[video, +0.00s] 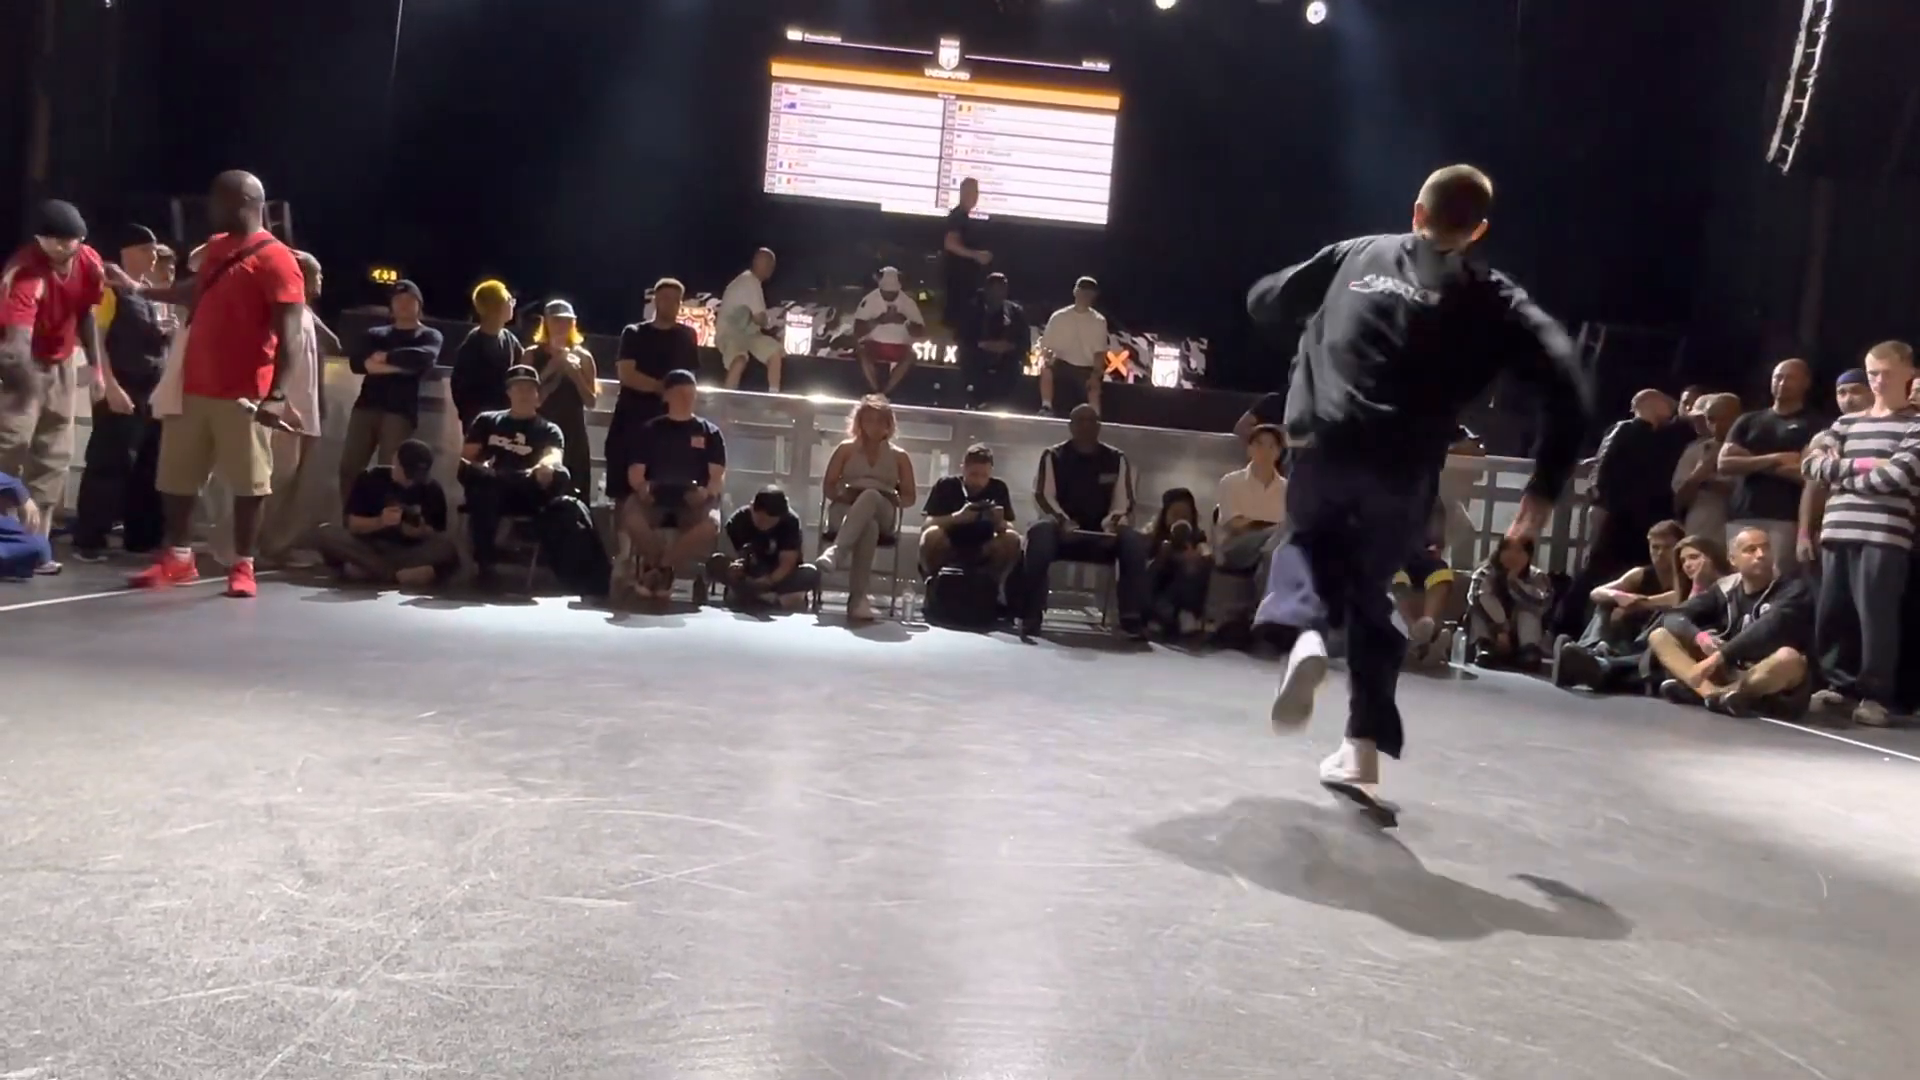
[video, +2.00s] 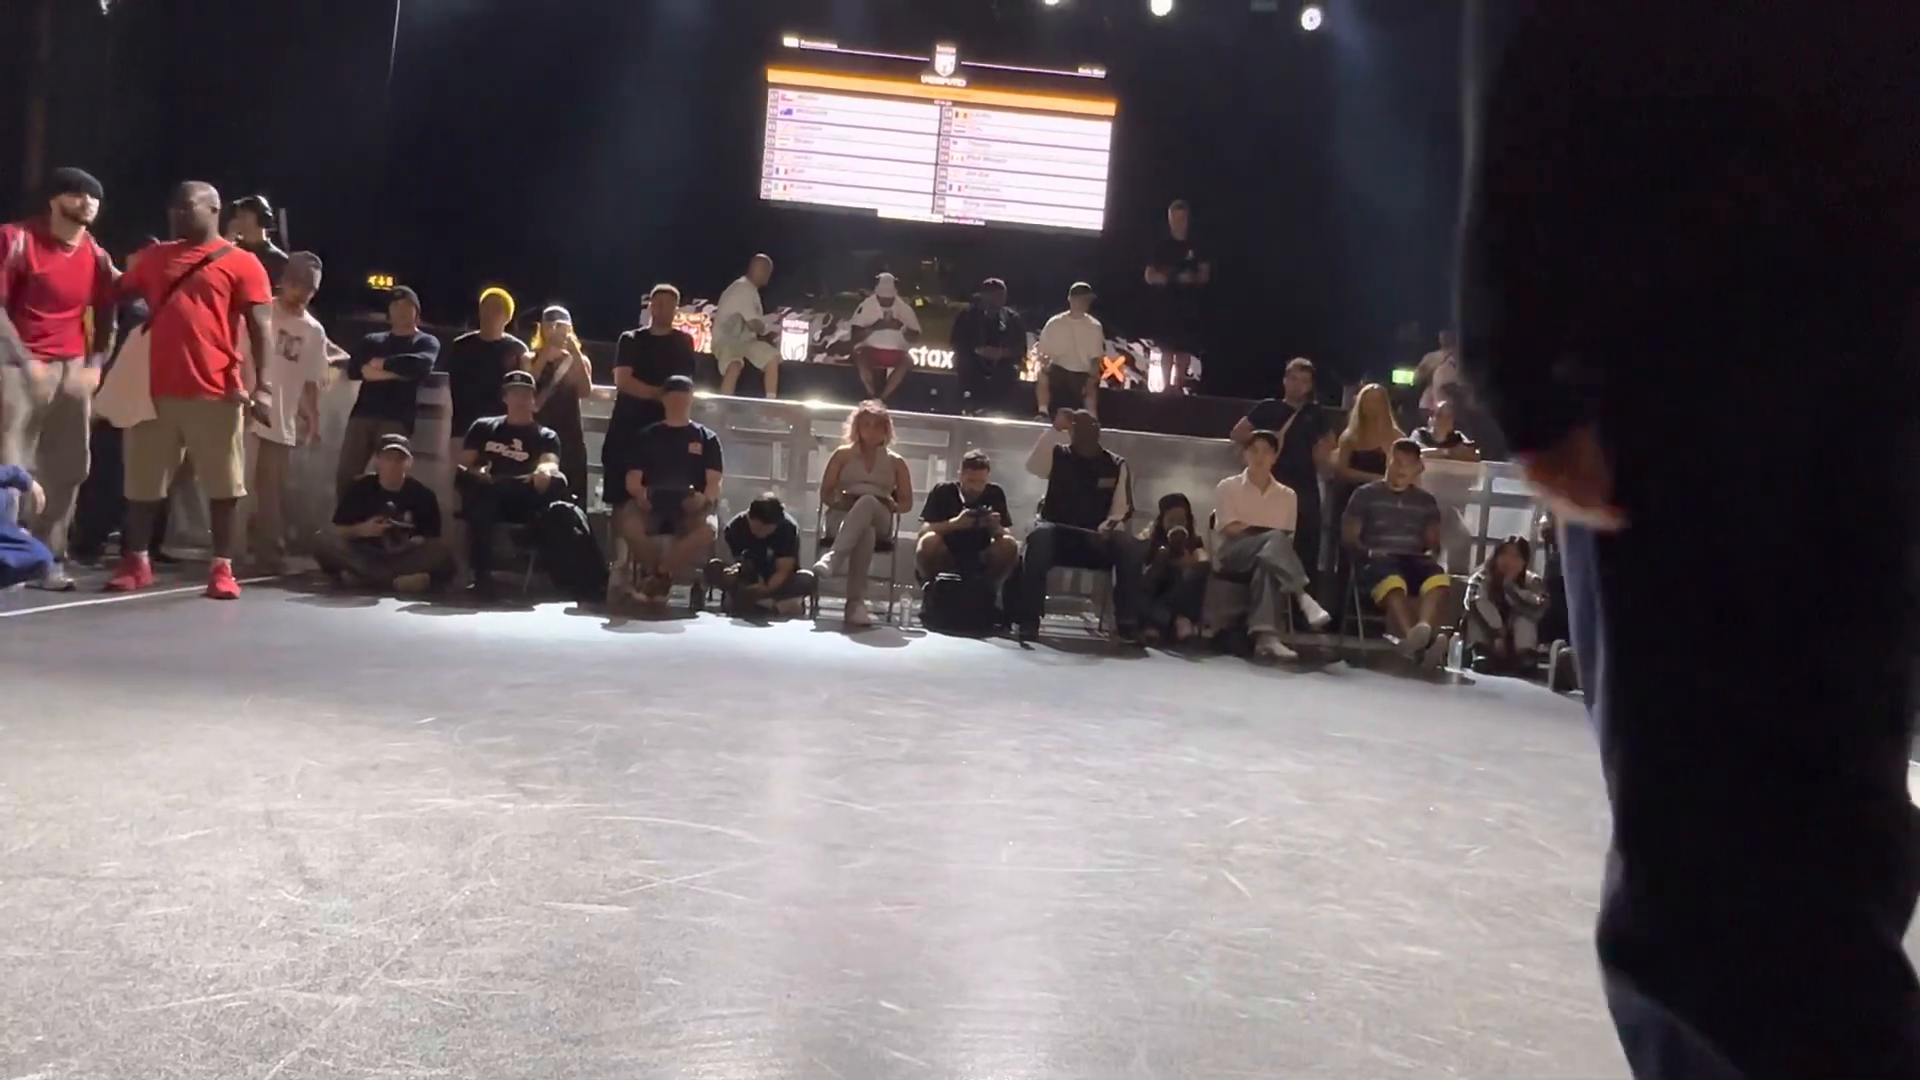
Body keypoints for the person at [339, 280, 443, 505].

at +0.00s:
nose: (403, 305)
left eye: (408, 300)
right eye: (398, 300)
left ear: (418, 305)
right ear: (392, 306)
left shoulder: (431, 335)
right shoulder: (376, 333)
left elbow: (423, 360)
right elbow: (357, 364)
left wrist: (384, 357)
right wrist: (401, 366)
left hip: (400, 410)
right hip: (367, 407)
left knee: (390, 471)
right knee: (350, 467)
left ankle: (386, 524)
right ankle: (351, 524)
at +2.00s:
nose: (401, 311)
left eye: (407, 306)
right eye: (396, 306)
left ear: (416, 312)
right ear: (389, 312)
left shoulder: (427, 342)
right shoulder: (372, 339)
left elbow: (420, 368)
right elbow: (353, 370)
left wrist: (380, 363)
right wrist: (395, 373)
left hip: (396, 419)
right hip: (363, 416)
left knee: (389, 480)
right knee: (346, 476)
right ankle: (343, 525)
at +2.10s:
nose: (397, 312)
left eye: (403, 306)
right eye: (393, 307)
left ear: (413, 312)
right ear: (386, 313)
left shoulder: (424, 342)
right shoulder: (369, 340)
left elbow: (417, 369)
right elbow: (350, 371)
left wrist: (377, 364)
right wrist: (392, 373)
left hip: (394, 419)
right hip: (361, 416)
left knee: (386, 481)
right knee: (343, 476)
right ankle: (340, 523)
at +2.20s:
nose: (395, 312)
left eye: (400, 307)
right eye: (390, 307)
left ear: (411, 313)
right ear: (383, 313)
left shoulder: (422, 343)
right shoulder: (366, 341)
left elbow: (414, 369)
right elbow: (348, 372)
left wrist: (375, 365)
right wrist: (389, 375)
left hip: (392, 419)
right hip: (358, 416)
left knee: (384, 481)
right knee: (341, 477)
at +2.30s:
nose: (393, 315)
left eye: (398, 309)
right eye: (388, 309)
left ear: (408, 314)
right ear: (381, 315)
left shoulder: (420, 345)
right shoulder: (365, 342)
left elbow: (411, 370)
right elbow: (346, 373)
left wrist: (370, 366)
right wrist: (389, 376)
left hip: (390, 421)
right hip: (357, 417)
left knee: (382, 482)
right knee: (340, 478)